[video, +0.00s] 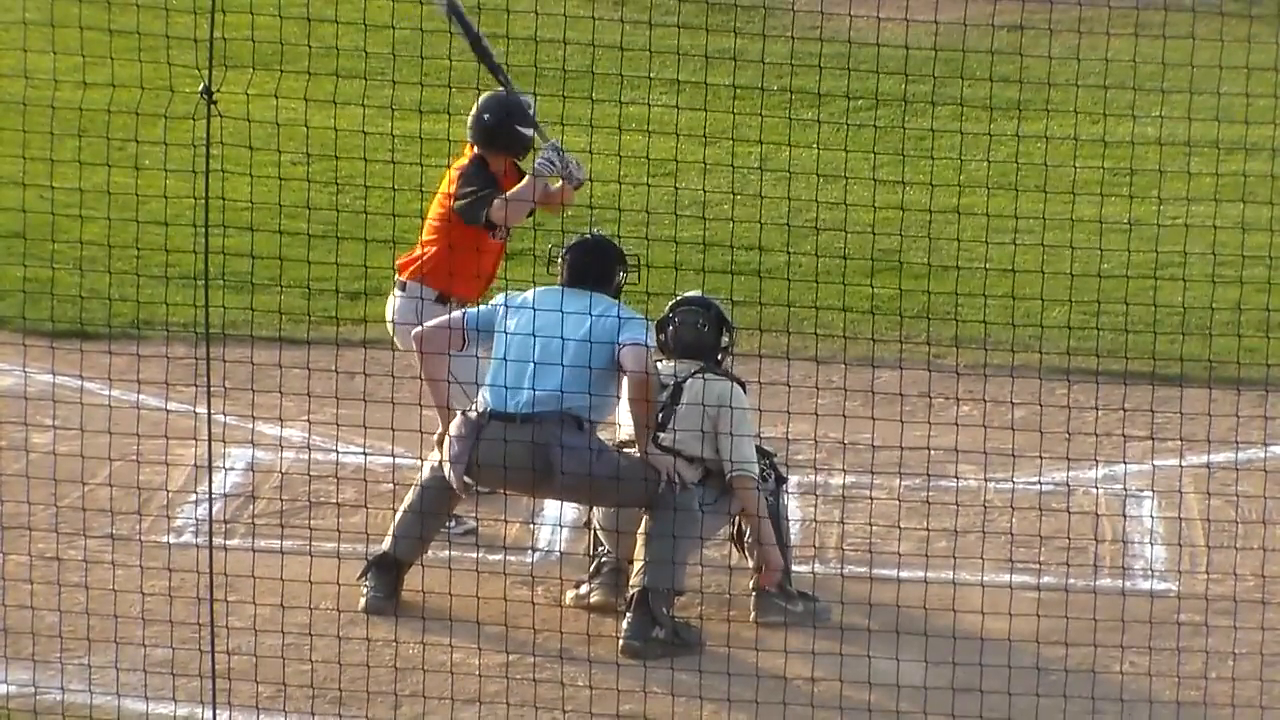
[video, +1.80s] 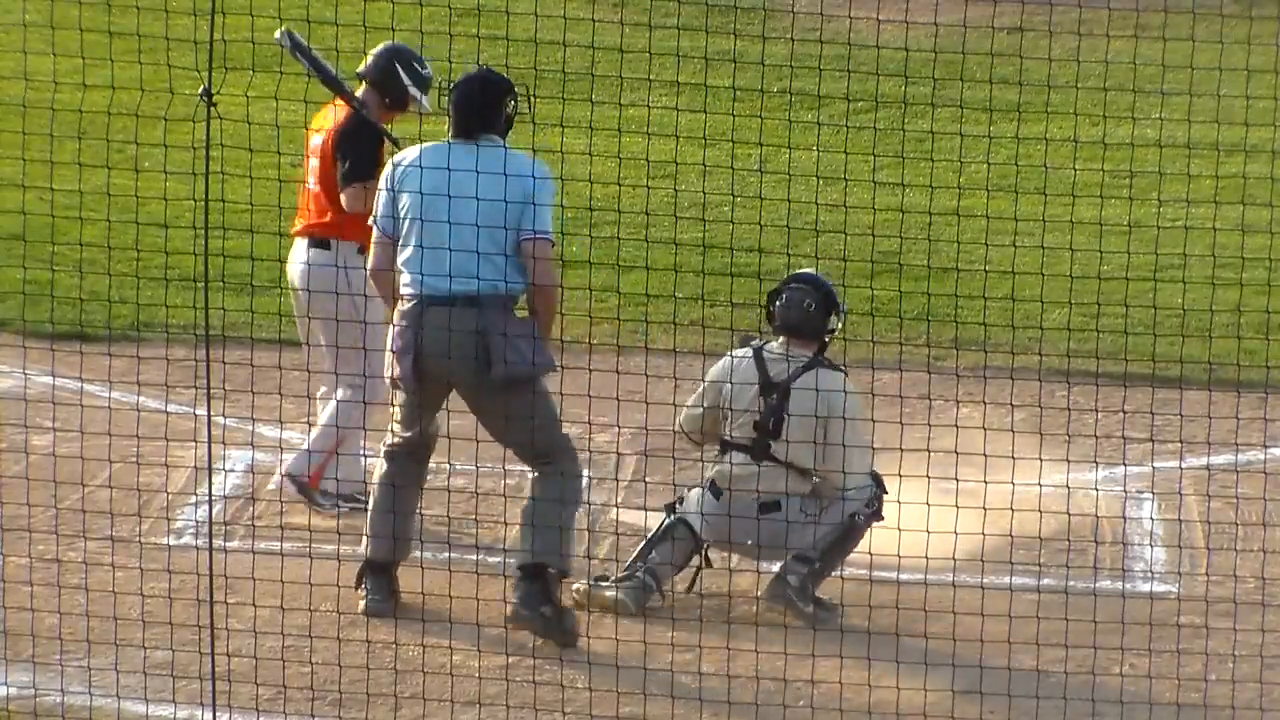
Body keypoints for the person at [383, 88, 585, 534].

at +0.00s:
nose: (527, 141)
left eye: (528, 135)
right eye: (524, 134)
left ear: (484, 135)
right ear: (511, 139)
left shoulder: (505, 172)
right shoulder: (471, 175)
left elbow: (546, 202)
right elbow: (502, 215)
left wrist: (567, 185)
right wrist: (537, 177)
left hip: (449, 306)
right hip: (422, 306)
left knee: (481, 400)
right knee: (473, 408)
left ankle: (443, 502)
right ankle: (435, 507)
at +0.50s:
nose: (536, 173)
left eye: (536, 165)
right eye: (531, 166)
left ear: (491, 168)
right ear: (519, 172)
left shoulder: (511, 210)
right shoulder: (475, 207)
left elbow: (527, 256)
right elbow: (488, 272)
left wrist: (550, 244)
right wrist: (536, 252)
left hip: (450, 327)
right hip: (411, 324)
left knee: (489, 401)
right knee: (467, 410)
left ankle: (443, 504)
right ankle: (435, 509)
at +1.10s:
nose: (514, 131)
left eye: (514, 123)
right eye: (507, 124)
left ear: (481, 127)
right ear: (487, 127)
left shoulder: (489, 161)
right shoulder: (445, 175)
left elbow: (486, 212)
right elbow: (430, 249)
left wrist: (512, 230)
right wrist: (484, 231)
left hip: (454, 286)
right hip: (415, 289)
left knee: (462, 388)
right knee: (445, 397)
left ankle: (410, 465)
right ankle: (434, 504)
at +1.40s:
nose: (471, 102)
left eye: (470, 94)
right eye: (465, 95)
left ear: (433, 97)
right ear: (444, 98)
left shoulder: (434, 136)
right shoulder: (407, 144)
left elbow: (441, 191)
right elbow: (399, 221)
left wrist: (479, 189)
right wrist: (453, 200)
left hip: (414, 274)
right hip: (392, 276)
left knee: (417, 381)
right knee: (435, 383)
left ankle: (354, 473)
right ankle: (432, 506)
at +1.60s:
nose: (435, 103)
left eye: (436, 94)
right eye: (432, 93)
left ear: (394, 85)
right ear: (414, 92)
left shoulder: (377, 123)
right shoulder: (379, 135)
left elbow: (390, 189)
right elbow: (373, 209)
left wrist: (419, 172)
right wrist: (425, 197)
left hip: (356, 260)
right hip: (361, 264)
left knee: (374, 377)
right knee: (394, 378)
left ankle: (345, 485)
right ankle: (405, 498)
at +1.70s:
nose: (419, 107)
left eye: (423, 97)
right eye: (418, 96)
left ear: (381, 81)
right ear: (400, 88)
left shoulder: (348, 118)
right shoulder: (367, 126)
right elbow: (360, 200)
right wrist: (413, 196)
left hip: (325, 258)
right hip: (347, 262)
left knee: (351, 377)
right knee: (382, 378)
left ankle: (339, 481)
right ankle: (349, 482)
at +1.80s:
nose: (402, 111)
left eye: (406, 102)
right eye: (402, 100)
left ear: (367, 83)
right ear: (387, 91)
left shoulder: (330, 116)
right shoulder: (358, 127)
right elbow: (353, 198)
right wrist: (408, 196)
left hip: (308, 257)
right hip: (340, 263)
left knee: (342, 379)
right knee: (368, 387)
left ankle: (348, 484)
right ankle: (305, 469)